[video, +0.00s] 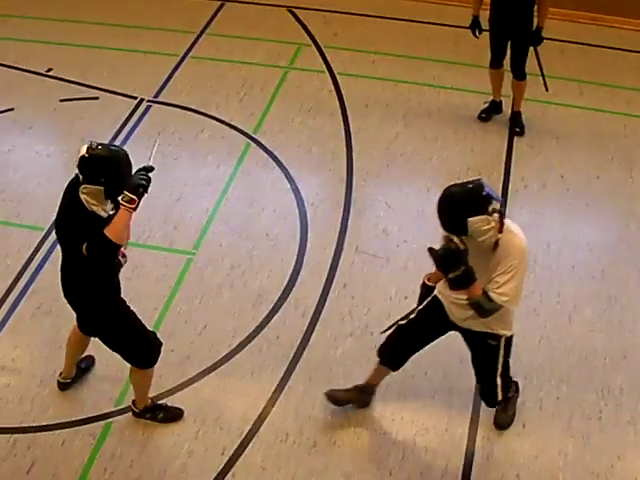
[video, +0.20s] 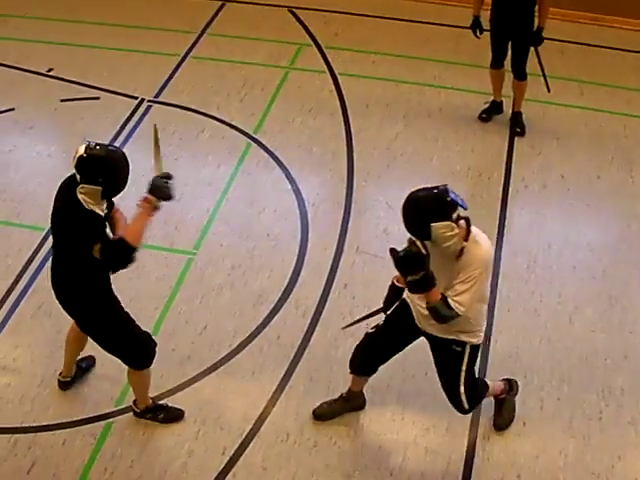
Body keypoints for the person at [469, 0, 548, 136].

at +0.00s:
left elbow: (543, 2)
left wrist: (539, 28)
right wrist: (475, 16)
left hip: (523, 24)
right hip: (498, 21)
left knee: (518, 70)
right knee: (495, 62)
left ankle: (516, 113)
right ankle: (496, 102)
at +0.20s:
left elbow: (543, 3)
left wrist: (540, 28)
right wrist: (476, 16)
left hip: (523, 24)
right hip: (499, 21)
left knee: (519, 70)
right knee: (496, 62)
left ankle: (517, 113)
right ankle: (496, 102)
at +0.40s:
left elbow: (552, 3)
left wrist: (548, 30)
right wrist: (483, 17)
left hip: (532, 25)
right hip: (507, 22)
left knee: (527, 71)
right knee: (504, 64)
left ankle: (524, 115)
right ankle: (504, 103)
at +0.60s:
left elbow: (552, 3)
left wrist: (548, 30)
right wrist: (484, 17)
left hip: (532, 26)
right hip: (507, 22)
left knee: (527, 71)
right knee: (504, 64)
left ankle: (524, 115)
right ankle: (504, 103)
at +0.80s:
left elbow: (552, 3)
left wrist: (548, 30)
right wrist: (485, 17)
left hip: (532, 26)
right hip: (507, 23)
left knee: (527, 71)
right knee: (504, 64)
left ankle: (524, 115)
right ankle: (504, 103)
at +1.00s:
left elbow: (555, 2)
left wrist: (550, 29)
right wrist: (487, 15)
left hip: (534, 24)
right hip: (509, 21)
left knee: (529, 70)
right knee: (507, 62)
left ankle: (527, 113)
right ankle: (506, 102)